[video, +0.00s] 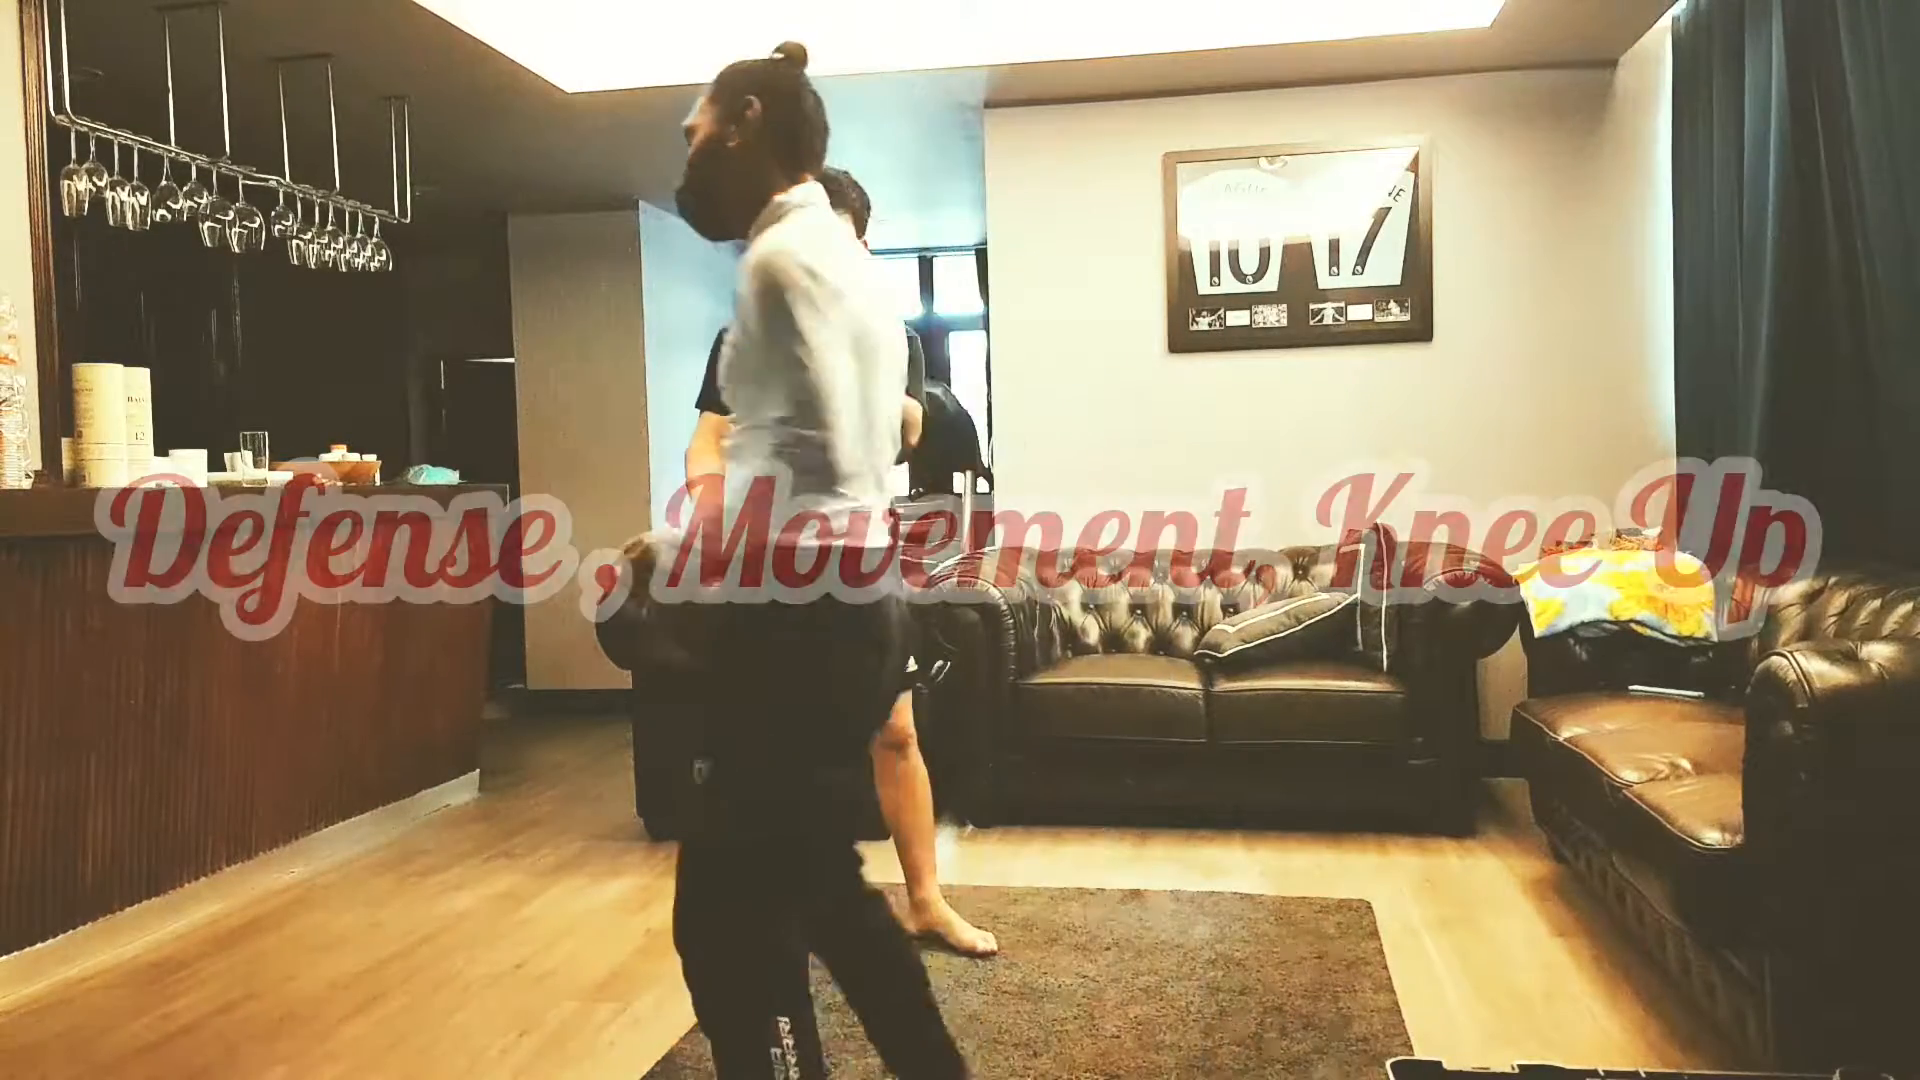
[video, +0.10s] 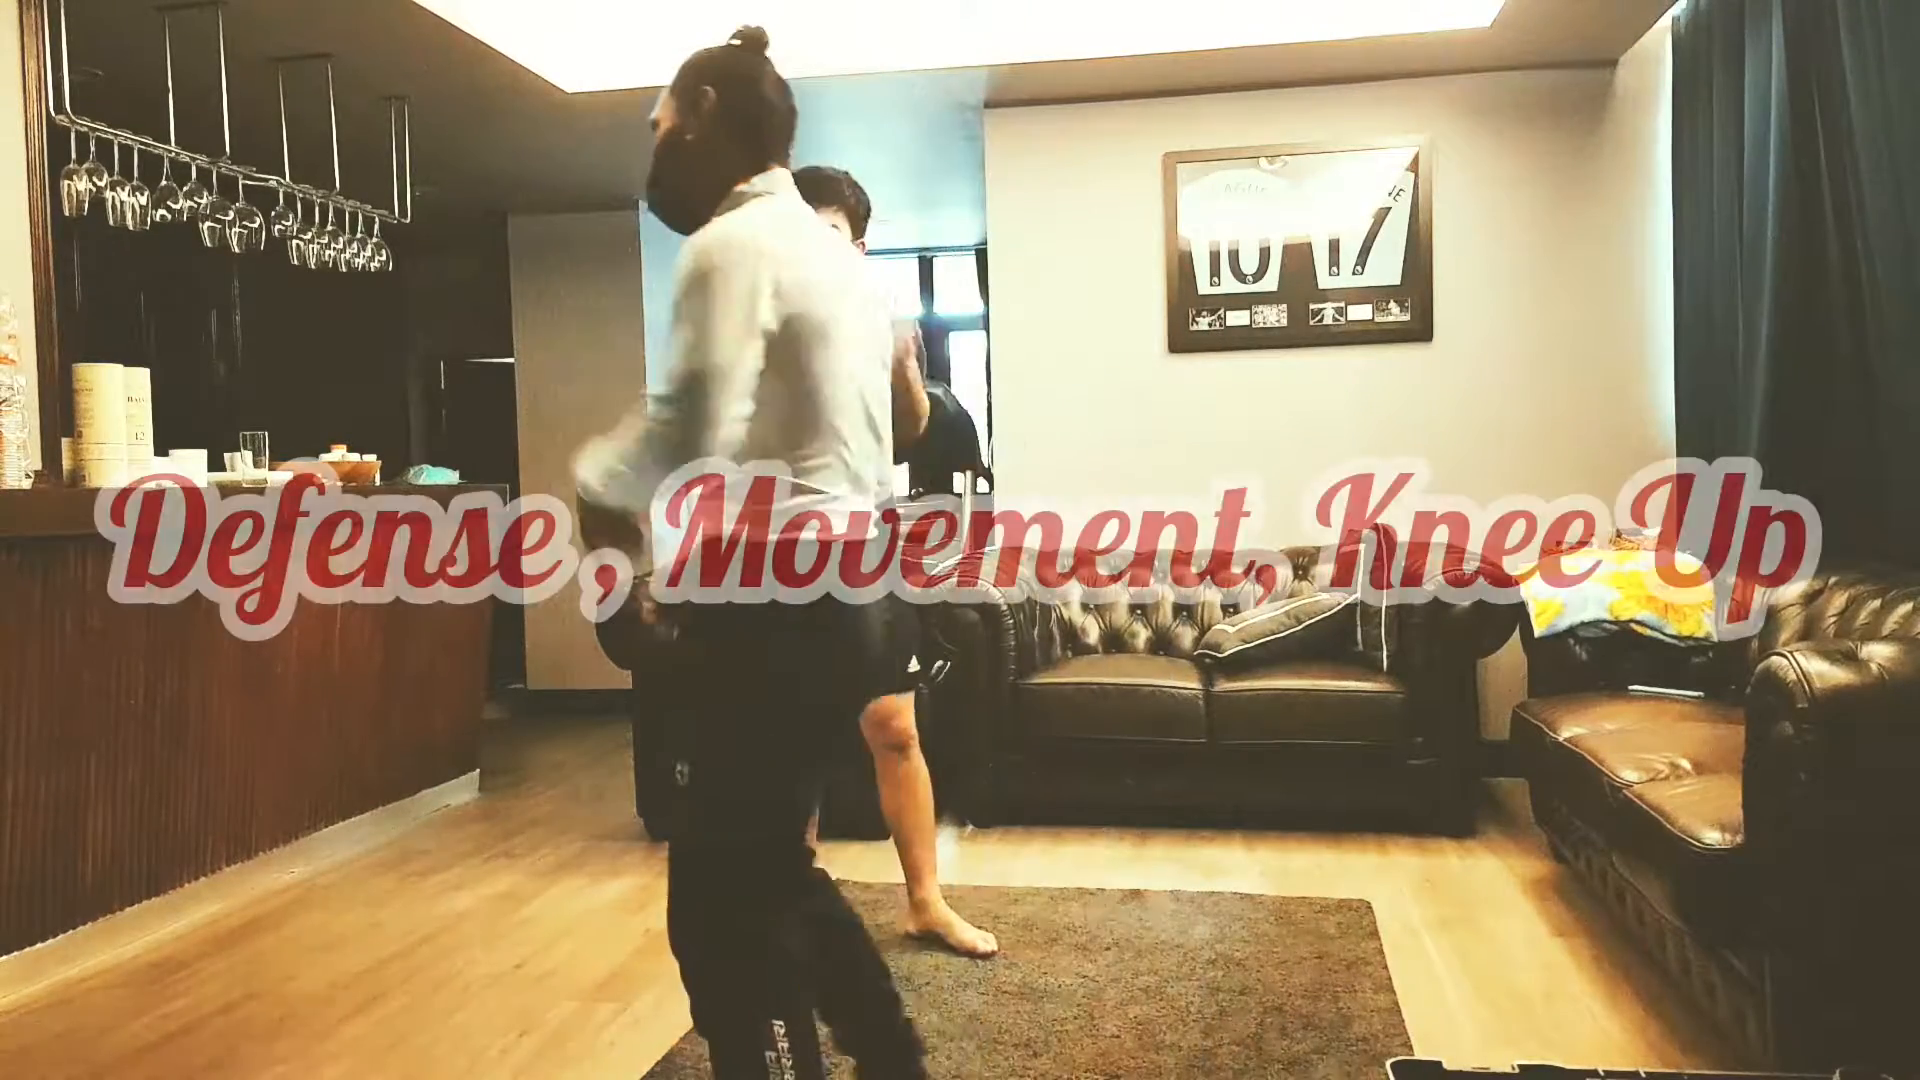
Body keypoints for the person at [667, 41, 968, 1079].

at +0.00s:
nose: (683, 159)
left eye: (698, 136)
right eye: (687, 138)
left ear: (752, 131)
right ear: (774, 138)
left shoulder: (785, 256)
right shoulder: (837, 256)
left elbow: (832, 468)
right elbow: (857, 457)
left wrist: (683, 567)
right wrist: (686, 548)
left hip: (802, 625)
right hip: (840, 619)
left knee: (717, 910)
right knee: (820, 883)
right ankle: (936, 1066)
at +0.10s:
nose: (650, 159)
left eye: (657, 131)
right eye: (652, 133)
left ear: (703, 121)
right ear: (764, 133)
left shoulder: (730, 246)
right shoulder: (834, 246)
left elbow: (695, 421)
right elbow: (896, 426)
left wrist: (599, 481)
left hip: (764, 605)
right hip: (835, 597)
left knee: (715, 881)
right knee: (771, 857)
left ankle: (748, 1064)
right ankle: (890, 1055)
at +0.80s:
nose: (792, 202)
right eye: (790, 185)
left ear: (674, 170)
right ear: (778, 182)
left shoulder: (603, 266)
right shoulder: (844, 287)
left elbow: (576, 450)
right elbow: (897, 471)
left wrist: (651, 376)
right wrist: (853, 563)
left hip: (661, 624)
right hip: (804, 629)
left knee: (629, 863)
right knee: (787, 883)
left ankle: (647, 1065)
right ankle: (785, 1065)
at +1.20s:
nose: (796, 221)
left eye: (794, 210)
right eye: (795, 208)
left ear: (688, 201)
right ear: (770, 196)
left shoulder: (600, 282)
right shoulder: (788, 258)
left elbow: (460, 382)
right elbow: (853, 328)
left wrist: (569, 492)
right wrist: (873, 476)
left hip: (643, 598)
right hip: (777, 596)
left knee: (662, 858)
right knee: (823, 855)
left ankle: (672, 1064)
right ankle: (777, 1064)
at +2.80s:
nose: (806, 171)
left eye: (799, 155)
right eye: (800, 155)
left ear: (698, 170)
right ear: (780, 166)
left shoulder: (617, 288)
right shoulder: (833, 277)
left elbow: (584, 483)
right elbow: (921, 453)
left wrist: (642, 564)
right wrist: (912, 586)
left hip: (681, 634)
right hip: (818, 632)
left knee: (660, 872)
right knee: (831, 880)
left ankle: (609, 1064)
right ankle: (831, 1060)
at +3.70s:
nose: (780, 194)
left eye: (773, 177)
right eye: (774, 178)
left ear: (674, 205)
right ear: (756, 190)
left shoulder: (620, 315)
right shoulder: (809, 294)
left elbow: (604, 482)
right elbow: (848, 465)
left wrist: (711, 496)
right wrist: (839, 512)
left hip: (671, 580)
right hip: (793, 575)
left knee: (651, 824)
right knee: (852, 805)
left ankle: (614, 1055)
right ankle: (872, 1025)